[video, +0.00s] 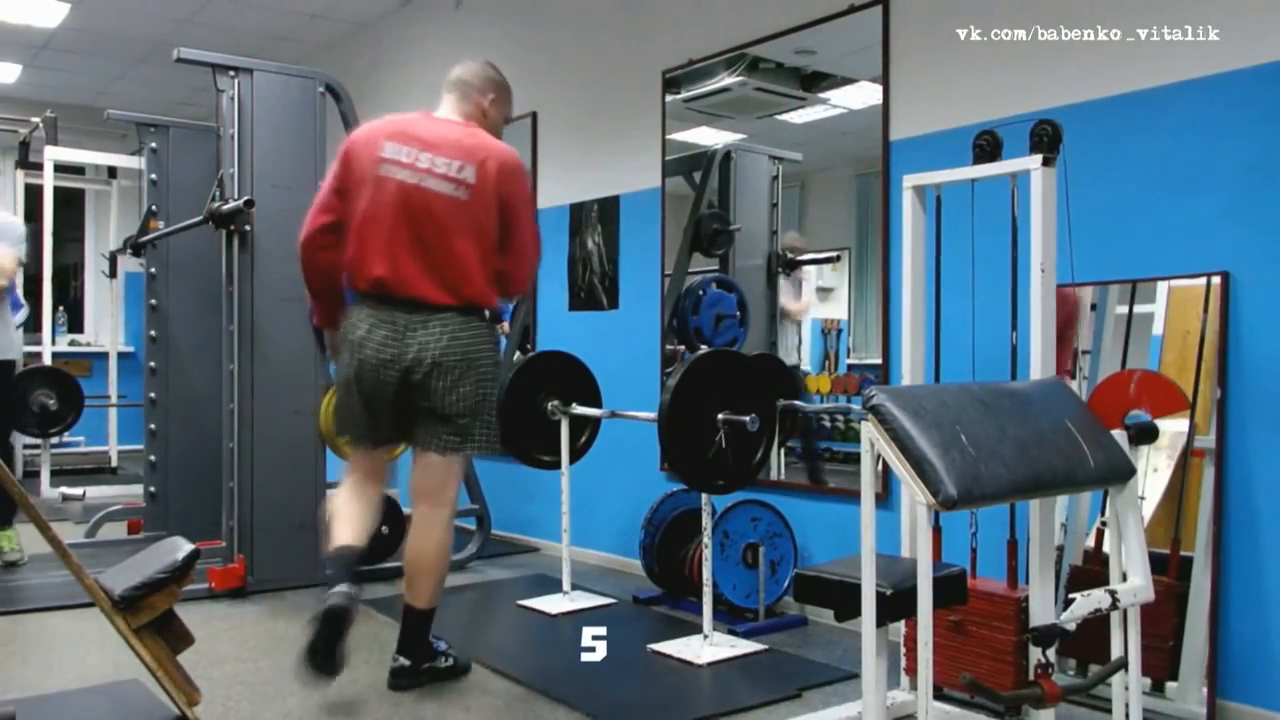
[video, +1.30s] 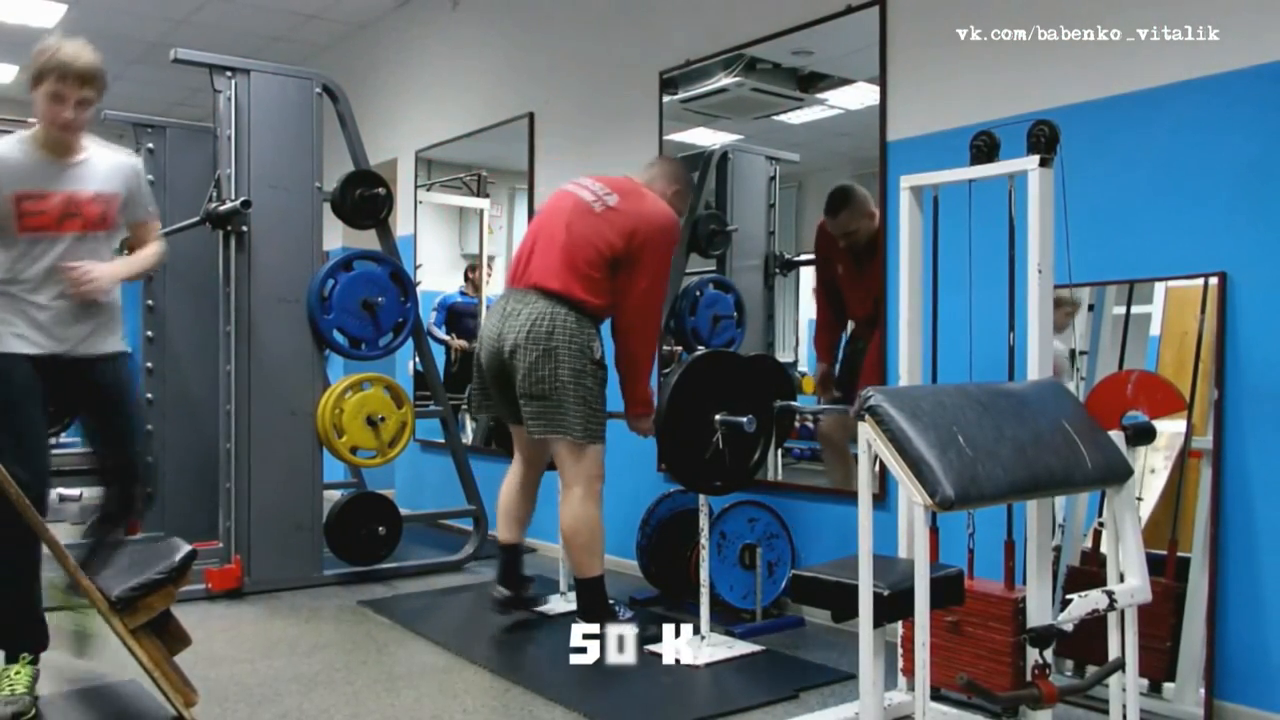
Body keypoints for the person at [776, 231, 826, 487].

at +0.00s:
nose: (798, 261)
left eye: (800, 256)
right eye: (793, 255)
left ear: (801, 257)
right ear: (783, 256)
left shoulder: (794, 280)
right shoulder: (775, 281)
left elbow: (799, 309)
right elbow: (797, 311)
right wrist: (807, 280)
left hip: (794, 362)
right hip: (779, 364)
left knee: (805, 418)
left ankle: (817, 474)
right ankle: (816, 475)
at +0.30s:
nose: (852, 255)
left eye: (855, 249)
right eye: (846, 250)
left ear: (857, 249)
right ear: (834, 248)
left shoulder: (846, 273)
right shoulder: (816, 269)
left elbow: (854, 318)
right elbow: (837, 302)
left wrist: (870, 351)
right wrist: (858, 275)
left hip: (840, 352)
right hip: (820, 350)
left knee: (831, 417)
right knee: (840, 410)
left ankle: (823, 478)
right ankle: (825, 476)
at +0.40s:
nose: (866, 259)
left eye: (870, 254)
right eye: (860, 253)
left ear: (873, 253)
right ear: (847, 251)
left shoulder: (869, 276)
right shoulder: (830, 274)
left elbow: (879, 320)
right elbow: (852, 305)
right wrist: (874, 278)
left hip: (872, 360)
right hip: (845, 362)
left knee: (837, 424)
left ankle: (823, 482)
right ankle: (823, 482)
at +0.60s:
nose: (870, 216)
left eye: (875, 206)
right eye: (862, 209)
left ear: (888, 199)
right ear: (855, 206)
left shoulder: (909, 231)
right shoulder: (855, 238)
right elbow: (839, 299)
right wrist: (827, 348)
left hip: (912, 341)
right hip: (872, 341)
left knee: (907, 420)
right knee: (860, 417)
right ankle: (855, 479)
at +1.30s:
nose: (843, 243)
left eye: (850, 234)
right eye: (837, 236)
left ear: (873, 216)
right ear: (828, 227)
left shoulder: (896, 236)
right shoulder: (828, 236)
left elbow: (892, 319)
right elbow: (828, 303)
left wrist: (870, 389)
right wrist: (826, 361)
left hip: (897, 336)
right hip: (861, 336)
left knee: (879, 431)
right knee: (831, 430)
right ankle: (849, 513)